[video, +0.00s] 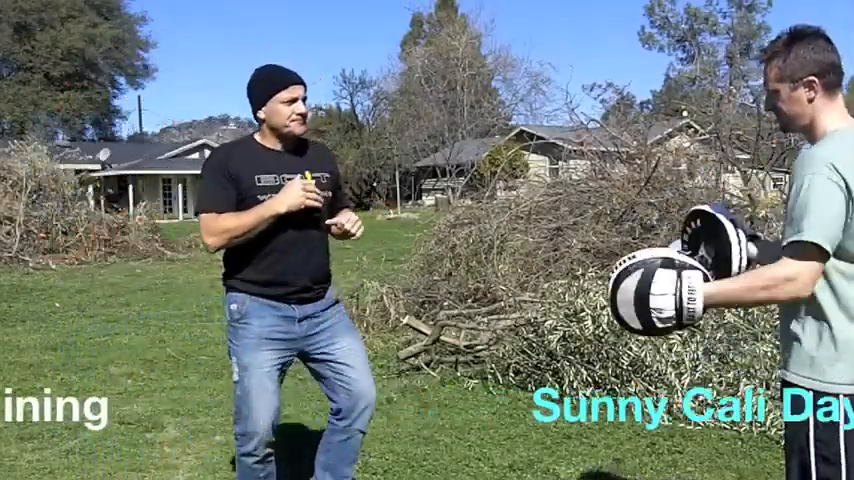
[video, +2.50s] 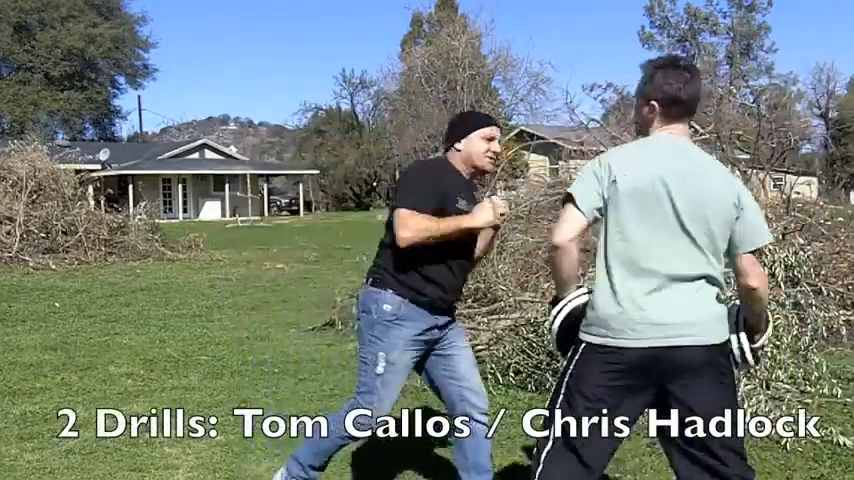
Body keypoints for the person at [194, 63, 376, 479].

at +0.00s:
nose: (301, 109)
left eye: (303, 100)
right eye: (289, 102)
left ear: (306, 102)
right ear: (261, 109)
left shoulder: (319, 156)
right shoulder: (226, 160)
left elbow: (335, 214)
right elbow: (212, 235)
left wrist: (343, 222)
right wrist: (277, 204)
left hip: (322, 307)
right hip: (257, 311)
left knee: (358, 398)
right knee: (257, 430)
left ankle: (330, 476)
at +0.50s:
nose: (313, 105)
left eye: (314, 96)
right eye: (302, 97)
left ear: (316, 99)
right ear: (274, 104)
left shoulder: (330, 151)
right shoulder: (244, 156)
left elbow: (351, 210)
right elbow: (216, 234)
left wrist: (361, 217)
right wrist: (277, 208)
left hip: (336, 302)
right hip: (272, 306)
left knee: (377, 410)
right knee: (262, 429)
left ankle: (383, 476)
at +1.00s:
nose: (393, 129)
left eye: (396, 120)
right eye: (383, 121)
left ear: (398, 122)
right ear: (355, 124)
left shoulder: (401, 171)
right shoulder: (317, 162)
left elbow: (421, 238)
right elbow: (320, 224)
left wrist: (440, 199)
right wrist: (368, 172)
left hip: (386, 318)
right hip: (321, 316)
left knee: (410, 426)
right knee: (284, 426)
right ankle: (261, 476)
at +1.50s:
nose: (329, 234)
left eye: (334, 222)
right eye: (317, 226)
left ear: (342, 213)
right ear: (297, 226)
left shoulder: (367, 230)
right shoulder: (270, 240)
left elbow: (407, 291)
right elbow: (261, 317)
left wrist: (387, 287)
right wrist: (291, 278)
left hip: (364, 325)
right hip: (301, 329)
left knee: (406, 407)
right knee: (257, 402)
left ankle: (415, 475)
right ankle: (249, 475)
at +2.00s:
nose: (380, 162)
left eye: (382, 151)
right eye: (368, 153)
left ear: (386, 152)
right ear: (342, 158)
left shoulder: (401, 189)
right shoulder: (310, 194)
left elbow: (445, 247)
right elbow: (271, 258)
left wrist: (408, 211)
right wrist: (309, 240)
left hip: (401, 321)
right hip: (333, 323)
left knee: (448, 408)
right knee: (296, 408)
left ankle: (472, 476)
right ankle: (261, 476)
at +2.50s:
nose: (496, 148)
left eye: (498, 141)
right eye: (488, 139)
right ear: (459, 142)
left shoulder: (470, 193)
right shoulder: (425, 173)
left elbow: (468, 256)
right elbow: (406, 232)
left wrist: (493, 225)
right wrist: (473, 220)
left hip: (438, 317)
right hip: (394, 308)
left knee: (472, 410)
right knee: (371, 410)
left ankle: (478, 477)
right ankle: (294, 472)